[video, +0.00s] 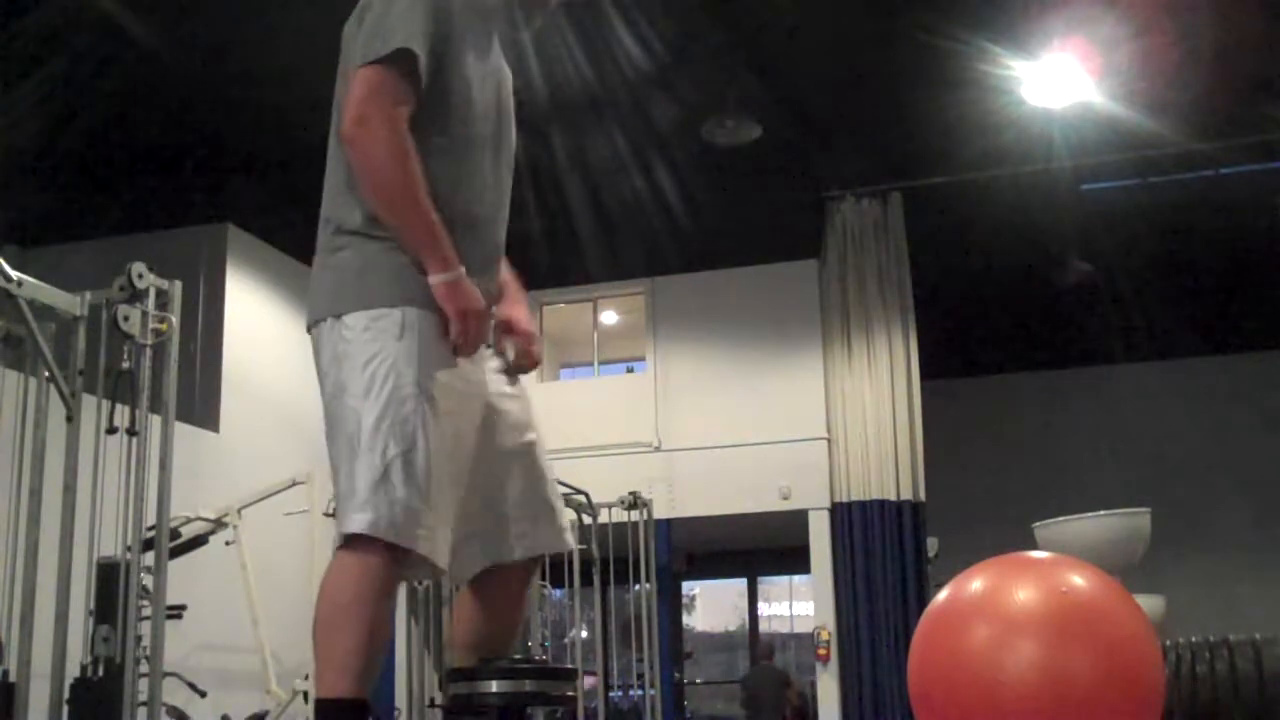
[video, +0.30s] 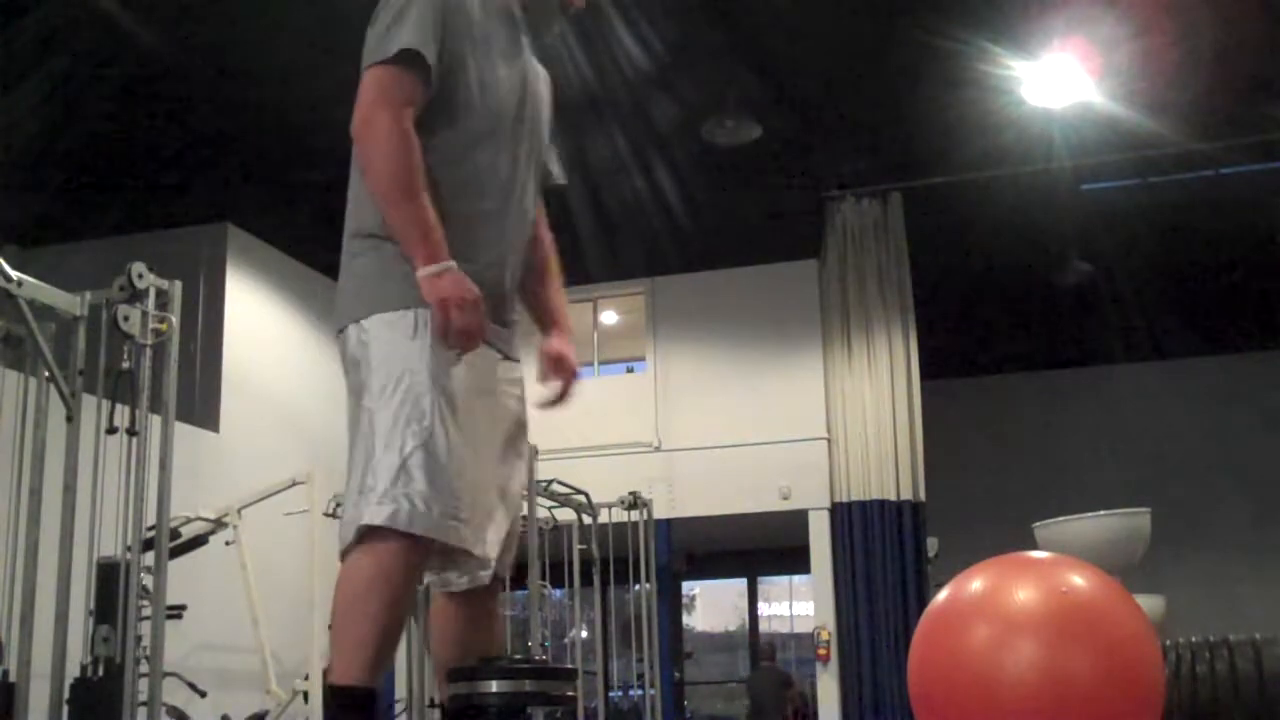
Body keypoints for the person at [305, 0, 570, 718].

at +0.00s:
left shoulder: (487, 41)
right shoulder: (412, 5)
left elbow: (456, 189)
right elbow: (369, 119)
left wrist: (509, 289)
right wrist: (445, 268)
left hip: (461, 307)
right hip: (385, 294)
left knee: (514, 540)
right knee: (380, 529)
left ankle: (465, 715)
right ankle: (339, 712)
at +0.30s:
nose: (585, 3)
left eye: (585, 7)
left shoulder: (534, 71)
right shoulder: (439, 4)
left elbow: (525, 204)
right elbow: (379, 116)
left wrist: (553, 324)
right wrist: (434, 261)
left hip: (491, 322)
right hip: (410, 300)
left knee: (479, 546)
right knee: (399, 517)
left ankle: (471, 714)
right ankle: (348, 710)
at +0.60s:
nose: (597, 1)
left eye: (601, 4)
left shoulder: (534, 79)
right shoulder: (441, 4)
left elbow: (543, 226)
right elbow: (385, 114)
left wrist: (602, 334)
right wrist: (430, 263)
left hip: (497, 327)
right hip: (411, 302)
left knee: (480, 561)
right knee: (395, 531)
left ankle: (475, 719)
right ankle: (359, 713)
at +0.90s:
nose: (575, 8)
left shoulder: (514, 44)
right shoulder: (435, 4)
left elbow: (498, 196)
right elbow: (401, 120)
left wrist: (520, 329)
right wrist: (439, 273)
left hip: (486, 318)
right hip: (411, 303)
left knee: (482, 555)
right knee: (402, 530)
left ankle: (471, 719)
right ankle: (359, 713)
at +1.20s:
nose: (594, 4)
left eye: (598, 6)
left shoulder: (536, 82)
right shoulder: (435, 8)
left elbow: (549, 231)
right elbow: (395, 133)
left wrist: (595, 334)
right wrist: (432, 279)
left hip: (497, 336)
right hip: (408, 313)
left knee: (483, 567)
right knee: (389, 536)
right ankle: (337, 713)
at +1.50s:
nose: (580, 6)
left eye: (581, 10)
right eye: (578, 3)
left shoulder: (517, 64)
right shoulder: (427, 6)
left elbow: (513, 217)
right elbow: (386, 137)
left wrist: (557, 342)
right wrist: (442, 286)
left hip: (472, 323)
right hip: (388, 305)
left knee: (474, 567)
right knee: (380, 543)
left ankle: (470, 717)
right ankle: (336, 714)